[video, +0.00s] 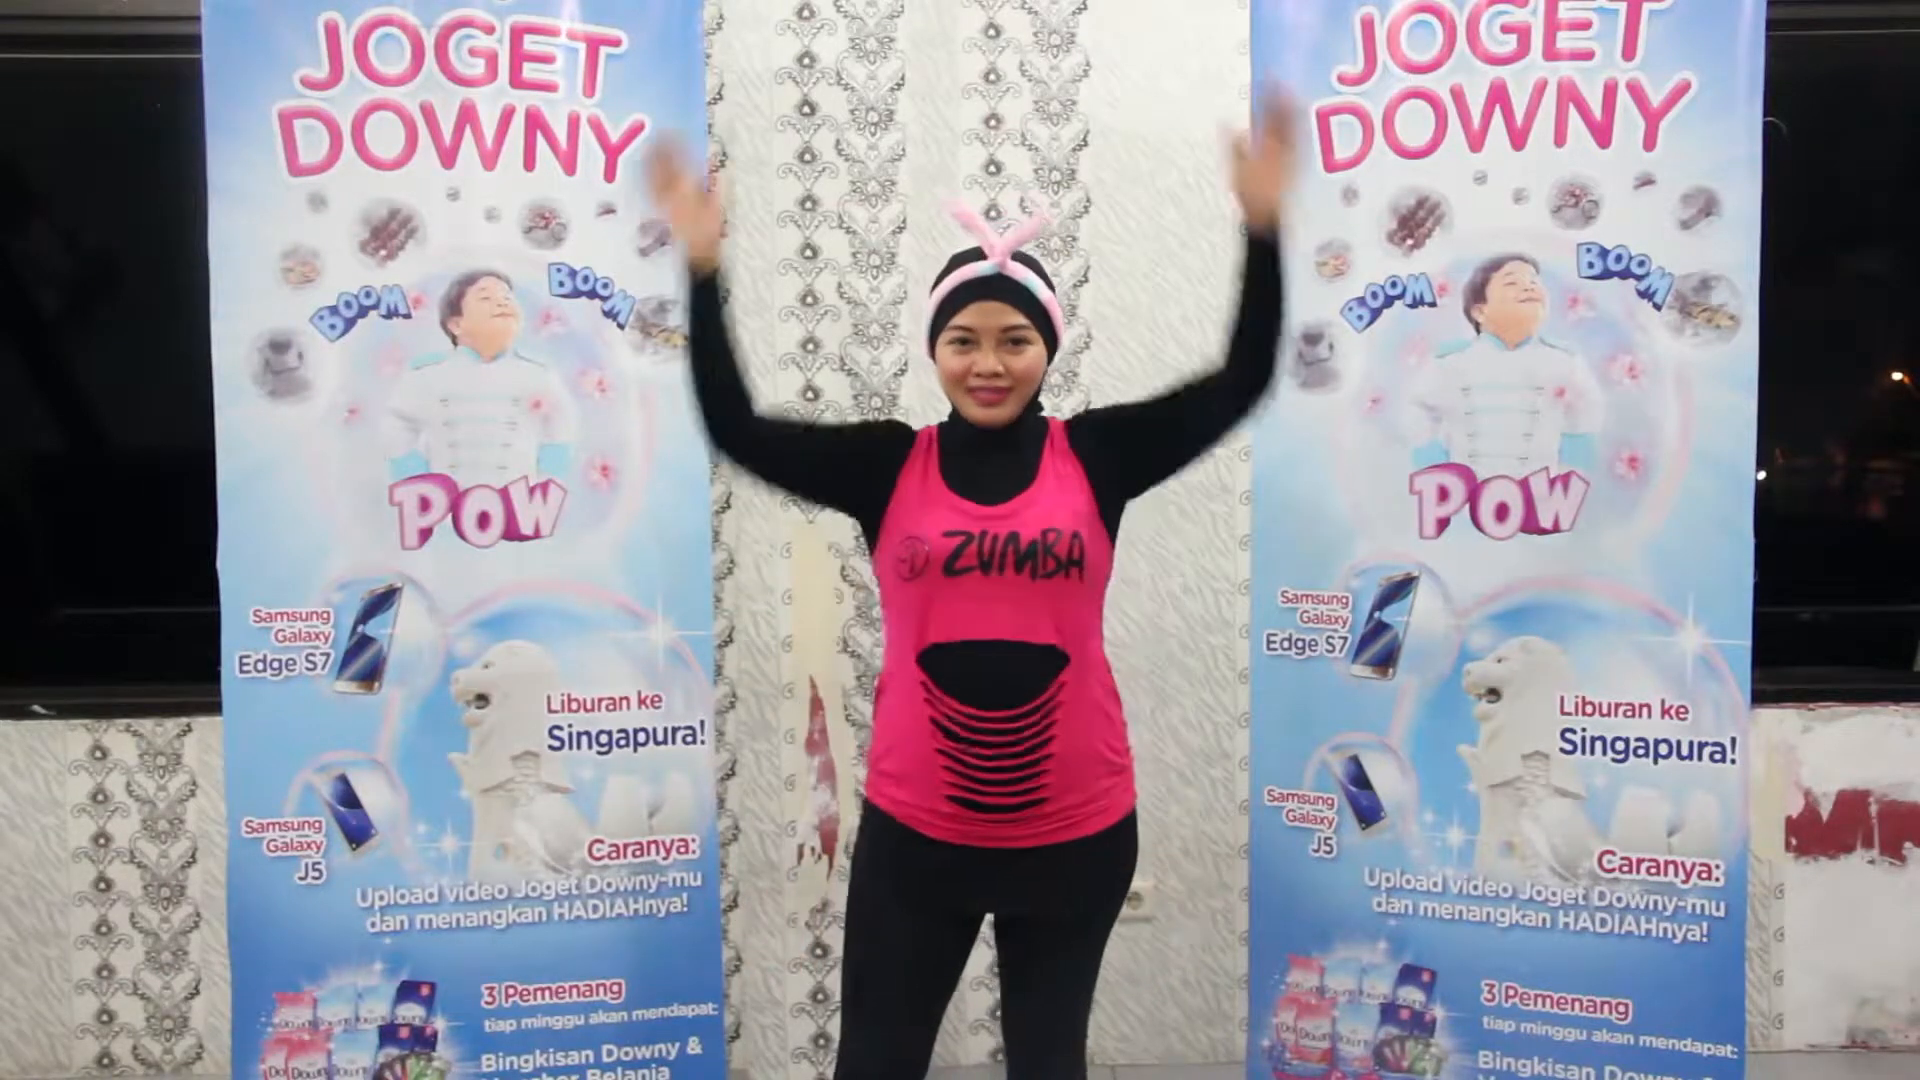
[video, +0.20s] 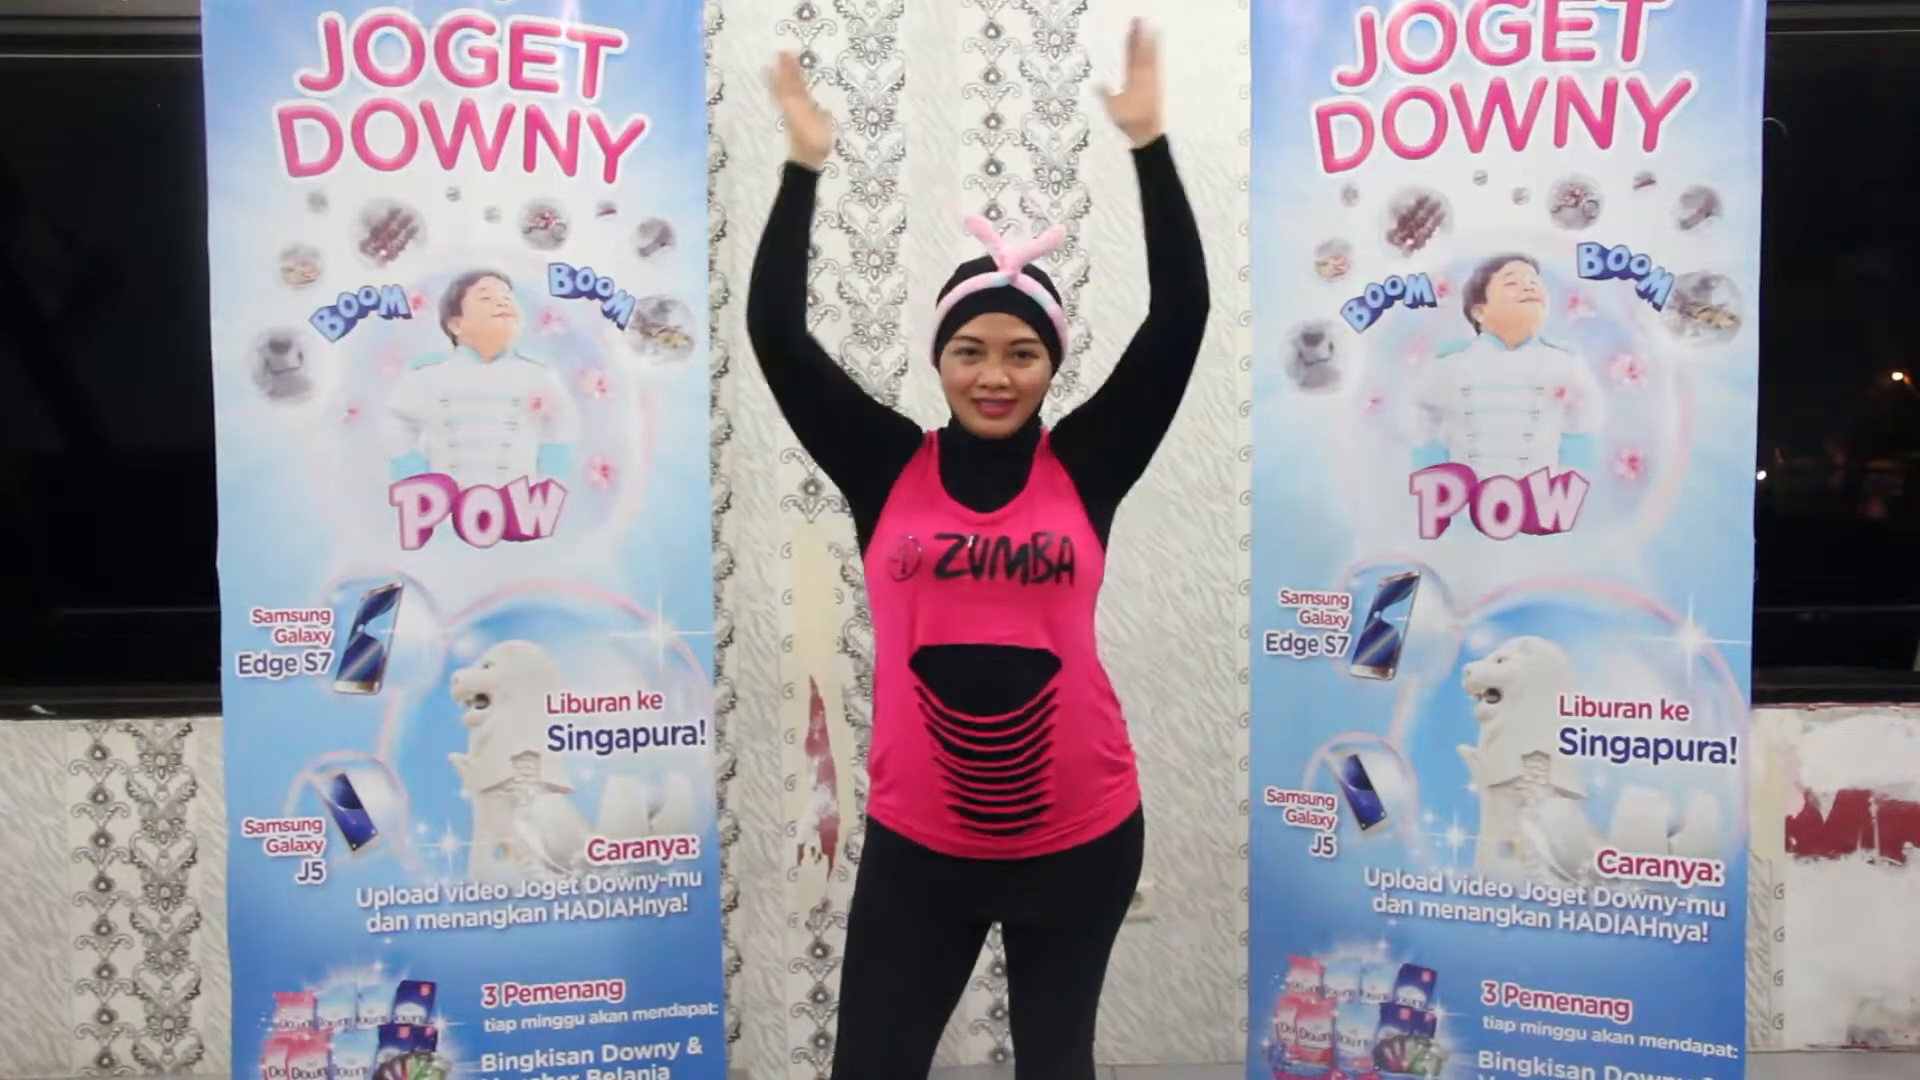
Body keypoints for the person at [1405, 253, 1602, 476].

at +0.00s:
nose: (1529, 287)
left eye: (1534, 281)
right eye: (1511, 282)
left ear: (1545, 300)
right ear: (1478, 310)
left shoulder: (1564, 364)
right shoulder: (1447, 366)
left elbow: (1582, 429)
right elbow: (1415, 414)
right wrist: (1433, 474)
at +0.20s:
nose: (1528, 286)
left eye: (1534, 281)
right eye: (1510, 282)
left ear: (1545, 300)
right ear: (1478, 310)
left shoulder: (1565, 365)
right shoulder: (1446, 366)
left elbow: (1581, 440)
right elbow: (1419, 422)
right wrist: (1435, 482)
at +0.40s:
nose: (1528, 286)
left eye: (1534, 281)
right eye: (1510, 281)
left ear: (1545, 299)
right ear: (1479, 311)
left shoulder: (1564, 364)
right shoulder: (1446, 365)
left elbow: (1581, 433)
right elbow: (1419, 421)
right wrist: (1434, 482)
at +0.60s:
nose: (1528, 286)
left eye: (1534, 281)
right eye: (1510, 282)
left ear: (1545, 299)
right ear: (1479, 311)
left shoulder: (1564, 364)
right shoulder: (1446, 366)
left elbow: (1581, 432)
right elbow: (1419, 419)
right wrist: (1434, 480)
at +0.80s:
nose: (1528, 286)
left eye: (1534, 281)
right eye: (1510, 282)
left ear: (1545, 299)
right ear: (1479, 311)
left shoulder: (1564, 364)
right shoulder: (1446, 366)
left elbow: (1581, 433)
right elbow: (1419, 421)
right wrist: (1436, 484)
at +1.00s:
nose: (1529, 286)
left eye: (1534, 280)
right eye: (1510, 283)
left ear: (1545, 299)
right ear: (1479, 311)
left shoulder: (1565, 363)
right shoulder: (1446, 366)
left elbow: (1583, 433)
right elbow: (1414, 420)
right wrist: (1437, 480)